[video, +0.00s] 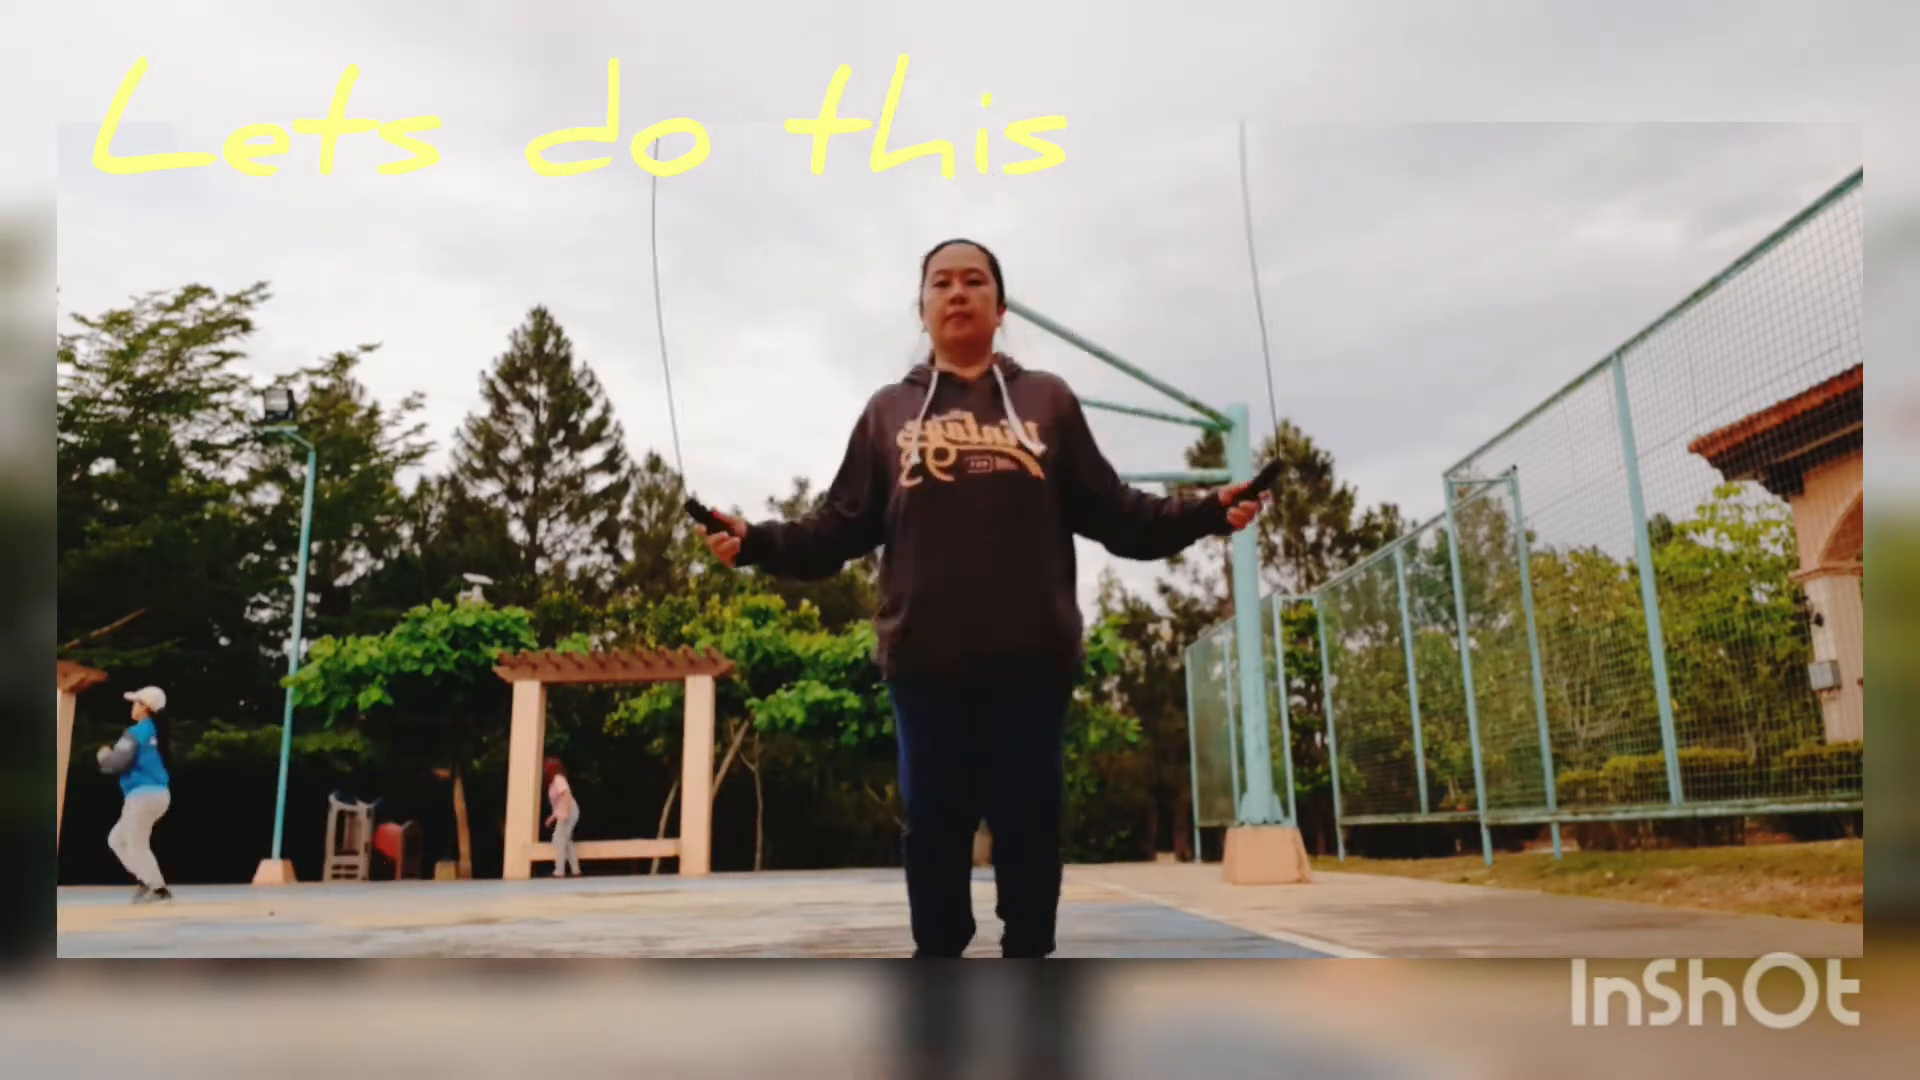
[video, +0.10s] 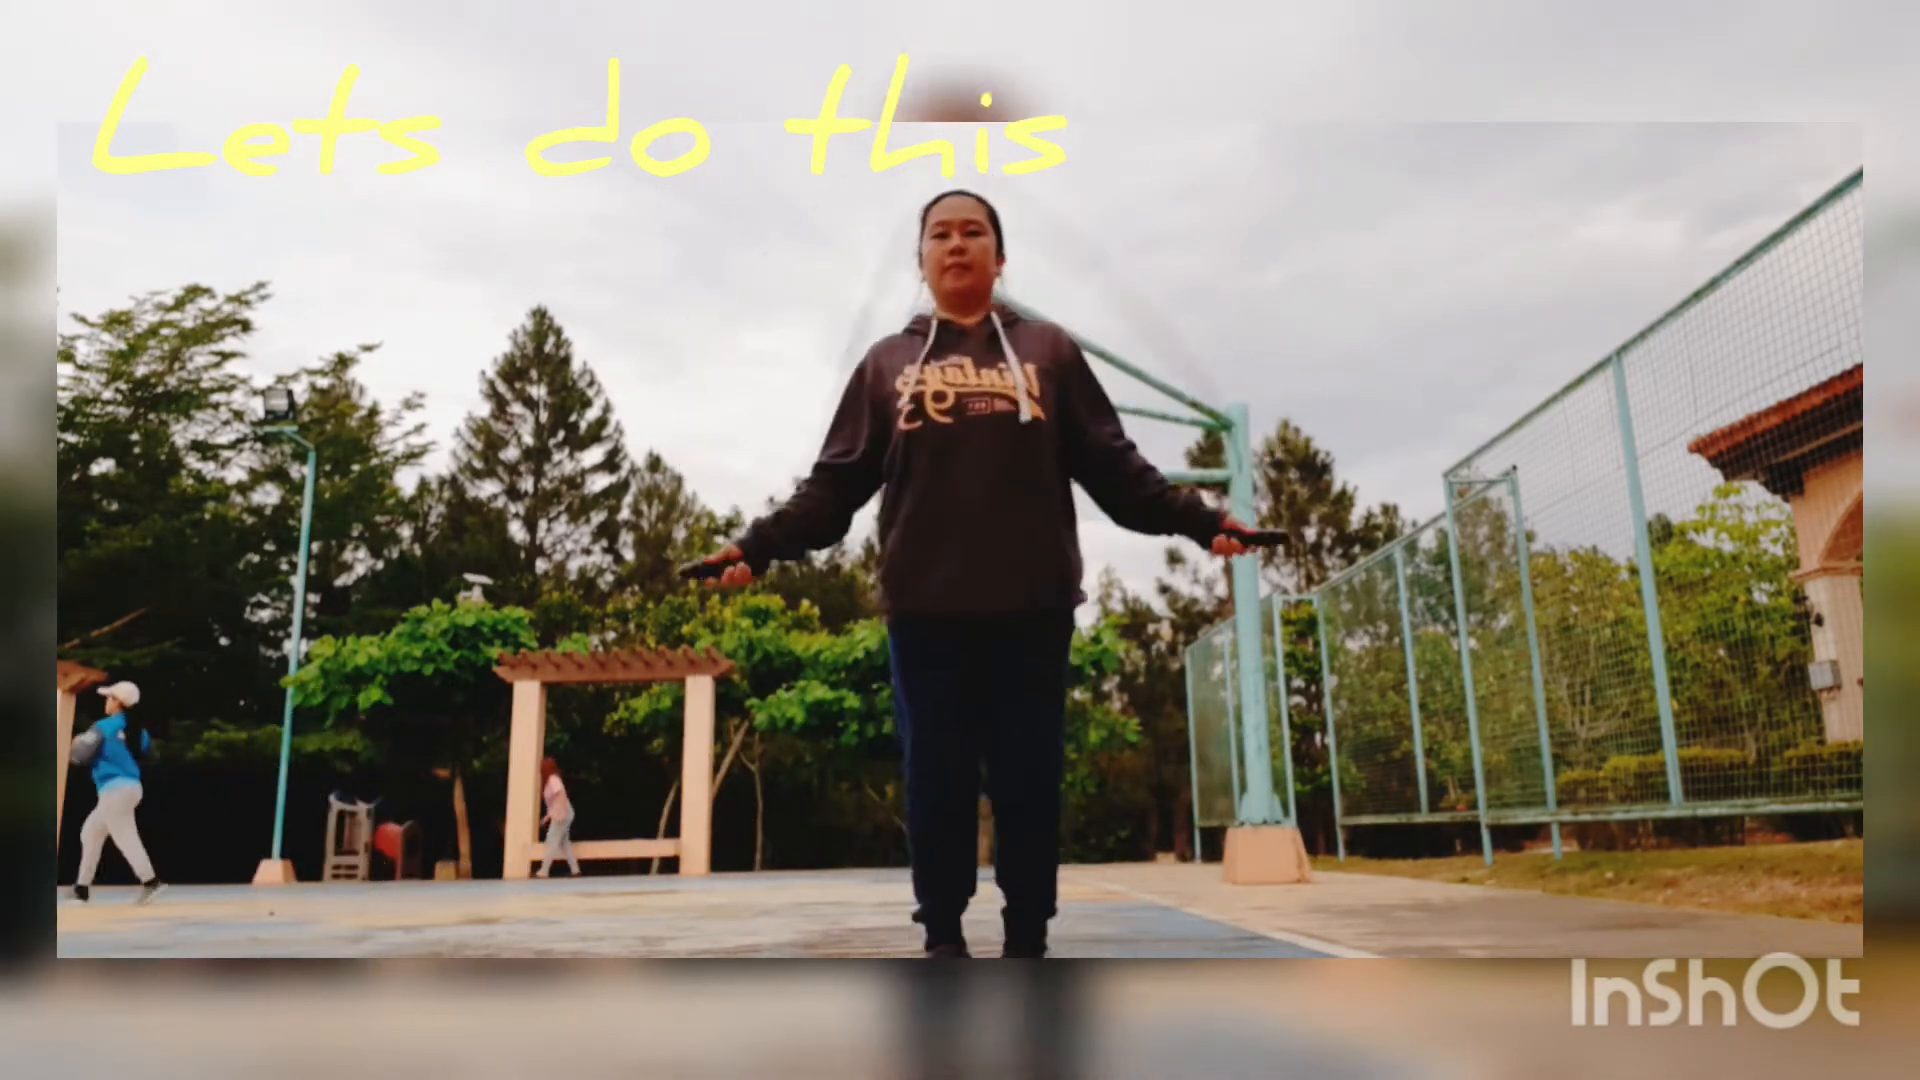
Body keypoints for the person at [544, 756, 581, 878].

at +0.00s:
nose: (546, 770)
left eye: (548, 767)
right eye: (547, 767)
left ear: (552, 768)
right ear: (554, 769)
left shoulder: (559, 779)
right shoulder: (553, 783)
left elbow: (566, 796)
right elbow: (559, 804)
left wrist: (564, 812)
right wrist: (553, 817)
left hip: (568, 810)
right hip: (564, 812)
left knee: (559, 838)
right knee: (566, 839)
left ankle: (559, 869)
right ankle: (575, 869)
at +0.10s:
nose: (541, 770)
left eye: (543, 768)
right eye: (542, 767)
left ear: (546, 768)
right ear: (550, 768)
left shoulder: (553, 779)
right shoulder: (549, 781)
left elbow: (560, 797)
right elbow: (554, 803)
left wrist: (556, 814)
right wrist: (547, 817)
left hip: (561, 813)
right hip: (561, 813)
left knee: (551, 840)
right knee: (565, 841)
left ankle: (544, 869)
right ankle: (574, 868)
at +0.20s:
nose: (537, 770)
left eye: (539, 767)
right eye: (538, 767)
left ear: (542, 768)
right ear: (548, 768)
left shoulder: (547, 780)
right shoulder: (546, 781)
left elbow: (552, 797)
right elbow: (542, 799)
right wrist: (543, 817)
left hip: (554, 814)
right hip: (558, 813)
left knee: (545, 840)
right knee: (561, 841)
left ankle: (538, 870)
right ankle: (574, 868)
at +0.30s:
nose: (530, 765)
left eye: (532, 763)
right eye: (532, 762)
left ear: (533, 765)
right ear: (540, 766)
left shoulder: (535, 779)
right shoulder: (541, 779)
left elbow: (540, 794)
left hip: (542, 809)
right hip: (550, 808)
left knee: (534, 839)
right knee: (546, 840)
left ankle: (535, 869)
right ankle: (566, 862)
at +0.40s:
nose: (525, 766)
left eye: (526, 763)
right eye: (529, 763)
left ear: (526, 765)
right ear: (537, 764)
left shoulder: (527, 779)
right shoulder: (542, 778)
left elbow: (531, 796)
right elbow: (545, 795)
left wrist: (532, 814)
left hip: (536, 809)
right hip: (545, 808)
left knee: (528, 840)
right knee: (537, 840)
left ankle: (535, 868)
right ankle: (556, 861)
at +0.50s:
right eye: (529, 764)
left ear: (519, 764)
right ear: (530, 765)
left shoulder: (518, 778)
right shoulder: (535, 777)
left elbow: (517, 795)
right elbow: (542, 792)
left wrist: (512, 813)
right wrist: (539, 805)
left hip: (527, 810)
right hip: (538, 809)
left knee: (522, 840)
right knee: (529, 840)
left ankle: (534, 868)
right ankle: (531, 867)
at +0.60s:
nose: (520, 766)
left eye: (517, 763)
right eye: (523, 763)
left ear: (514, 764)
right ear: (525, 764)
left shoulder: (510, 778)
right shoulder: (530, 777)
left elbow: (506, 798)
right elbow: (537, 793)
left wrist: (500, 813)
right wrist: (536, 809)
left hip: (519, 811)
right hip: (532, 810)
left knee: (520, 842)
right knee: (518, 841)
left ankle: (534, 868)